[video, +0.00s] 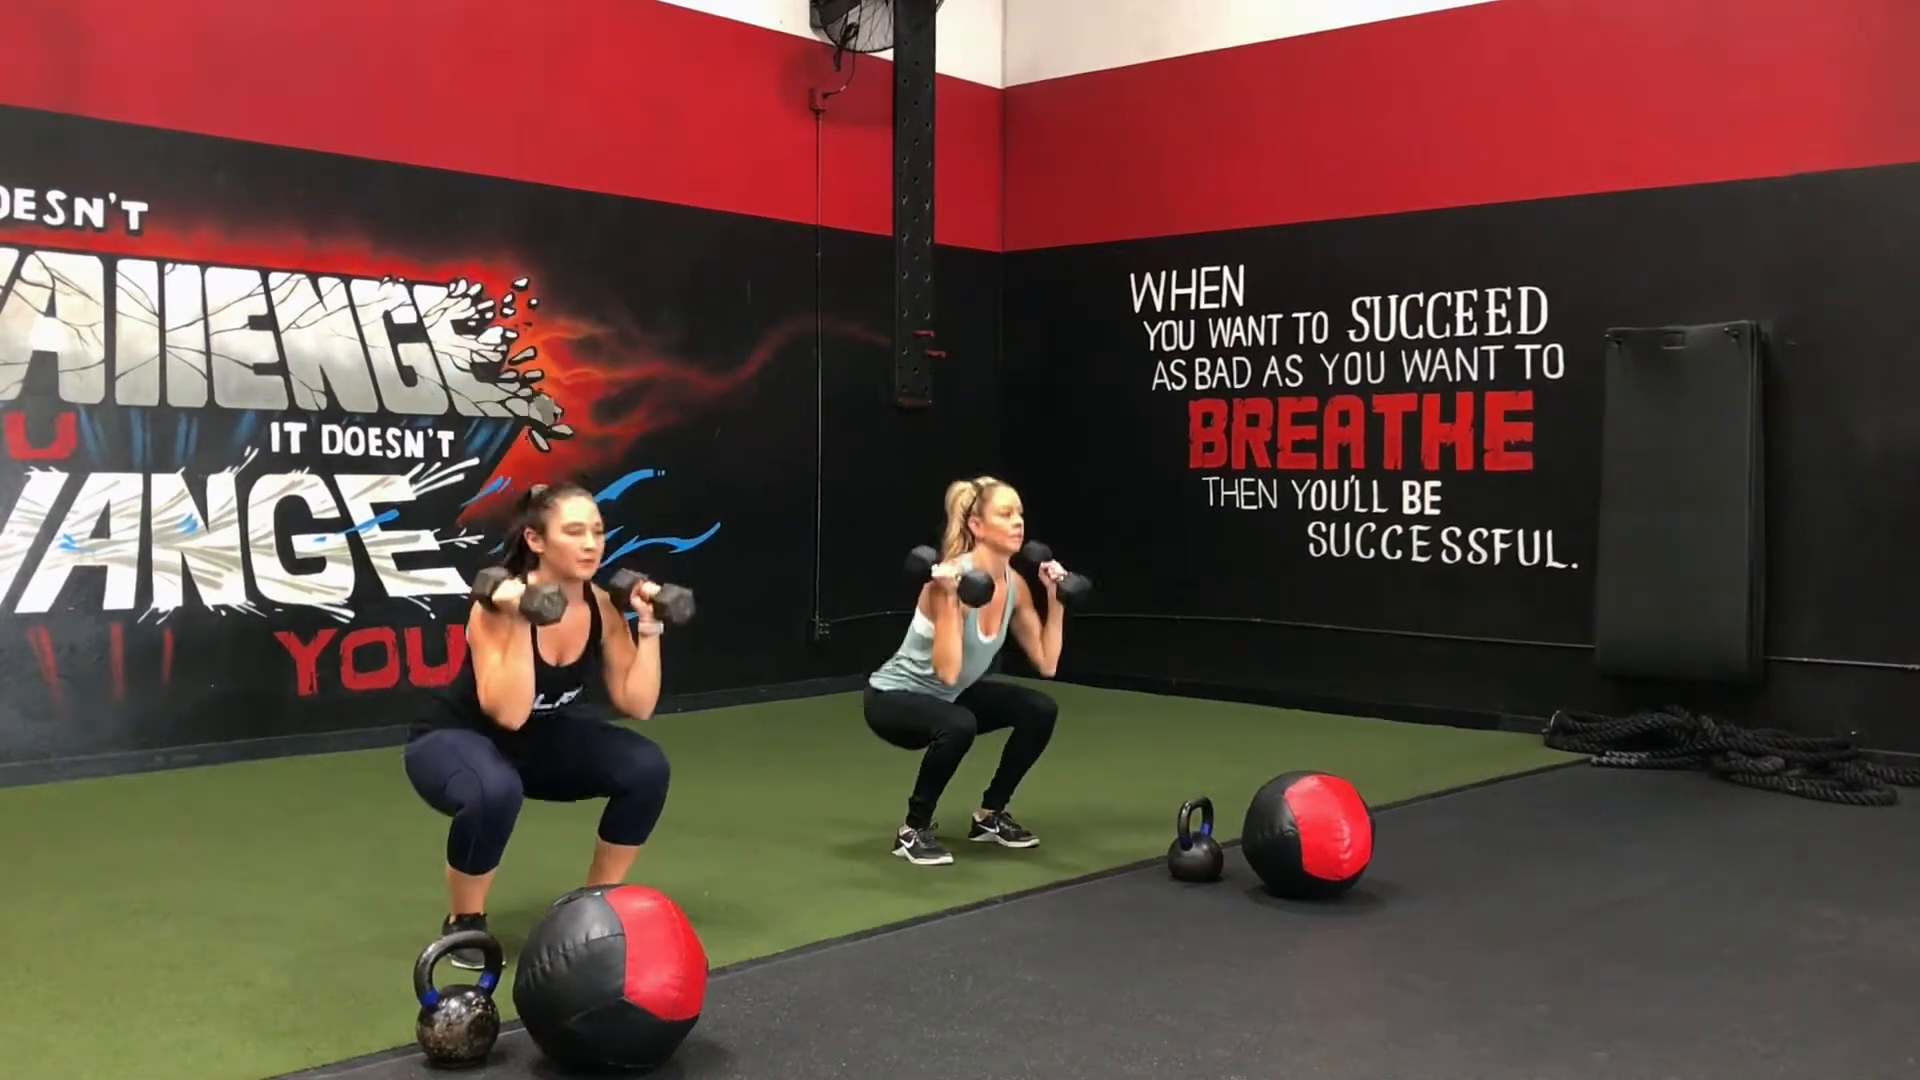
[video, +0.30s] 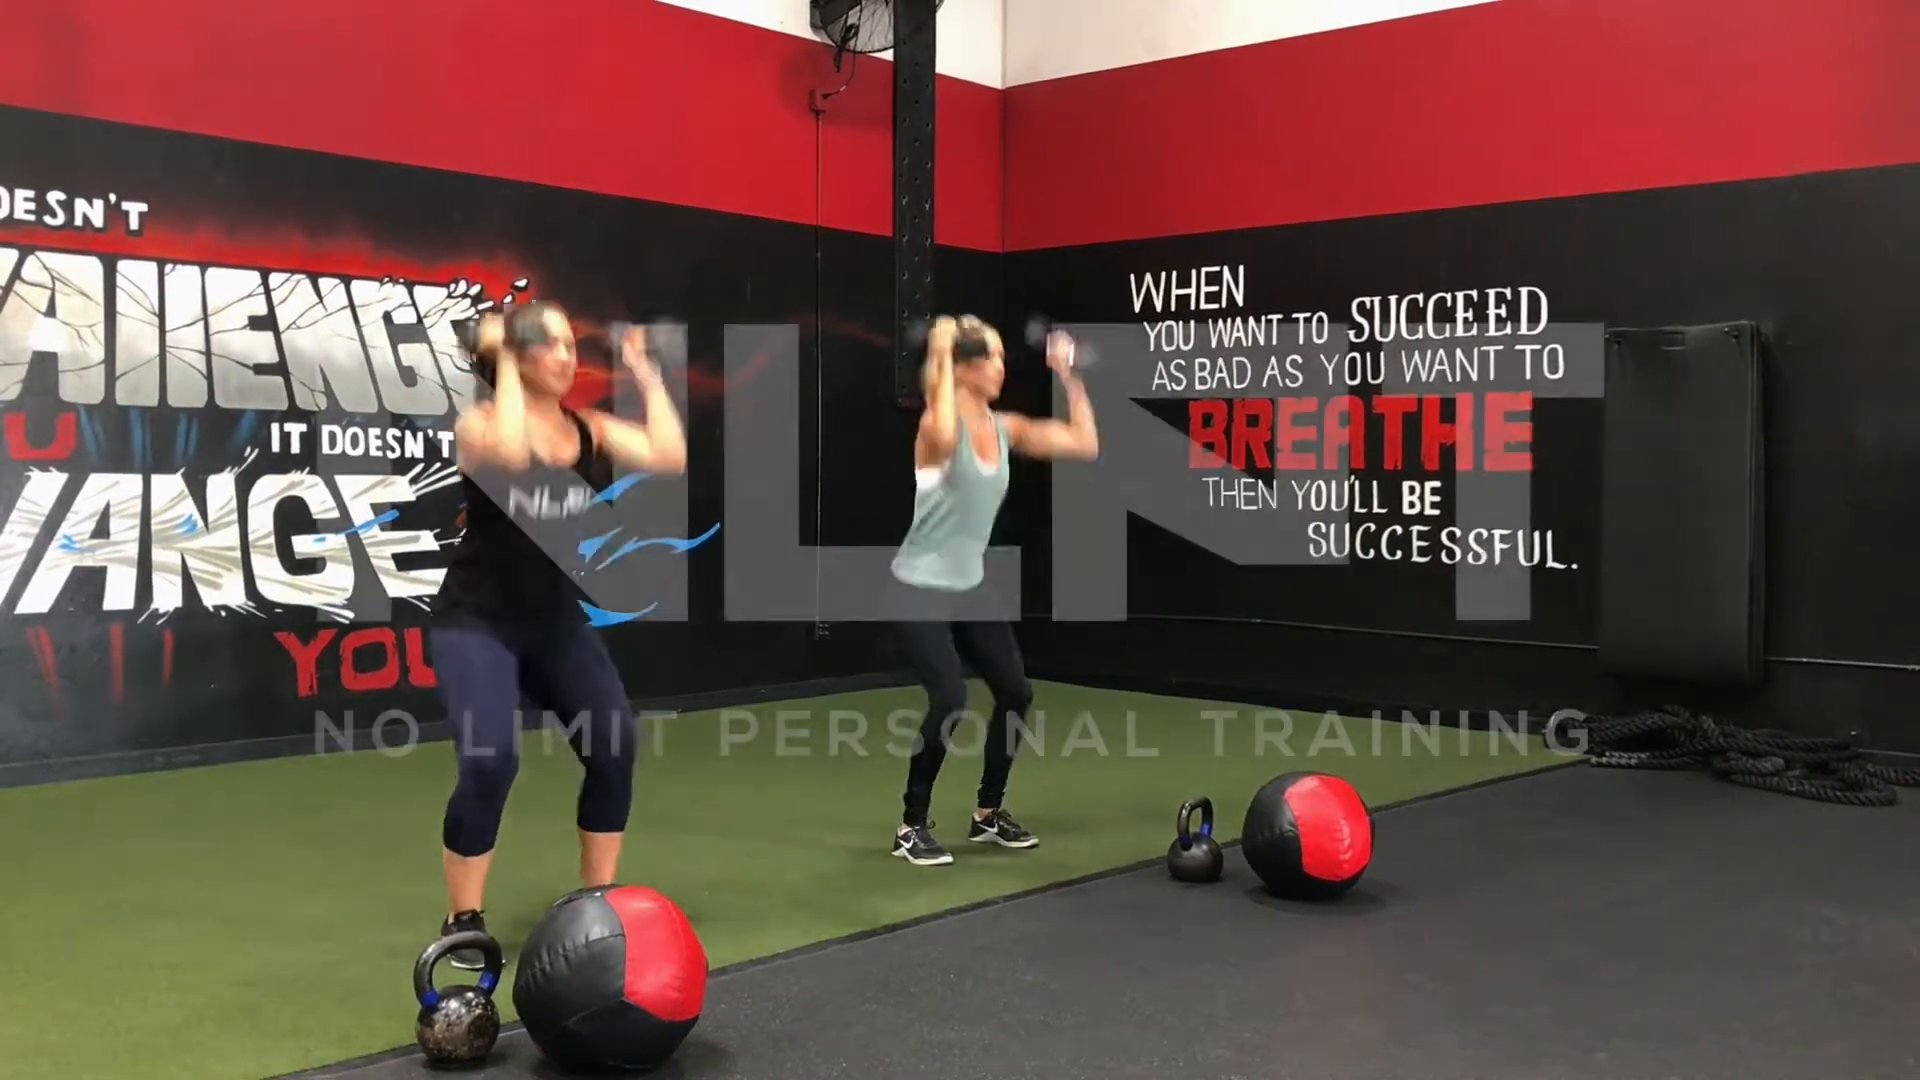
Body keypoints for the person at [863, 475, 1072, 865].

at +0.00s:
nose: (1019, 522)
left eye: (1019, 514)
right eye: (1006, 514)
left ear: (1024, 522)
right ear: (976, 526)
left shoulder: (1015, 585)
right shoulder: (947, 580)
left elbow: (1046, 663)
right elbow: (948, 674)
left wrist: (1055, 596)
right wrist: (949, 598)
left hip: (951, 695)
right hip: (894, 695)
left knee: (1040, 709)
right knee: (958, 724)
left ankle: (990, 816)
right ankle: (914, 831)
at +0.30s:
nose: (1002, 369)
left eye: (1002, 360)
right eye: (994, 360)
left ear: (987, 367)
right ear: (963, 368)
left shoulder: (1003, 426)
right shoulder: (939, 430)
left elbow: (1084, 442)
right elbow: (943, 435)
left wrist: (1068, 377)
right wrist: (940, 357)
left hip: (971, 592)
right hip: (917, 593)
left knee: (1015, 693)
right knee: (949, 700)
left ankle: (988, 814)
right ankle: (913, 827)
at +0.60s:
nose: (996, 345)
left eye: (998, 337)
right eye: (984, 336)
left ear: (1000, 346)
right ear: (955, 343)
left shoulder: (1003, 398)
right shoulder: (942, 401)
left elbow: (1077, 367)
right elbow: (946, 355)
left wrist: (1075, 293)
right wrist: (950, 277)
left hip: (987, 575)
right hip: (934, 575)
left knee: (1002, 687)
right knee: (945, 691)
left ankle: (988, 814)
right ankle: (913, 826)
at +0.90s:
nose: (1018, 509)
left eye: (1019, 500)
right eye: (1006, 501)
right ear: (976, 512)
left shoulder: (1013, 569)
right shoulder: (948, 565)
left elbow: (1052, 650)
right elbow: (952, 662)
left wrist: (1054, 580)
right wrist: (950, 578)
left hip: (949, 685)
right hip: (893, 683)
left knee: (1037, 712)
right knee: (960, 727)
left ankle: (989, 817)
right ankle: (915, 831)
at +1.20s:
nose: (1000, 370)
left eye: (999, 360)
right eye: (990, 361)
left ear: (992, 369)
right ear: (965, 368)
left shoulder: (1000, 429)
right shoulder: (938, 426)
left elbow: (1073, 458)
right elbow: (944, 469)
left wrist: (1060, 395)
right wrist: (940, 391)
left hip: (976, 593)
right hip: (923, 594)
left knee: (1017, 695)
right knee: (952, 703)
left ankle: (989, 814)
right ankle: (913, 827)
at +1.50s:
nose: (992, 344)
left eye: (993, 335)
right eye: (980, 334)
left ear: (994, 341)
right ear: (950, 339)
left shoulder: (997, 390)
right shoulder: (940, 395)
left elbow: (1059, 332)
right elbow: (949, 329)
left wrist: (1050, 260)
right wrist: (941, 246)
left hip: (992, 570)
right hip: (938, 569)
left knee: (998, 691)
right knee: (944, 689)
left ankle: (988, 814)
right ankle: (914, 825)